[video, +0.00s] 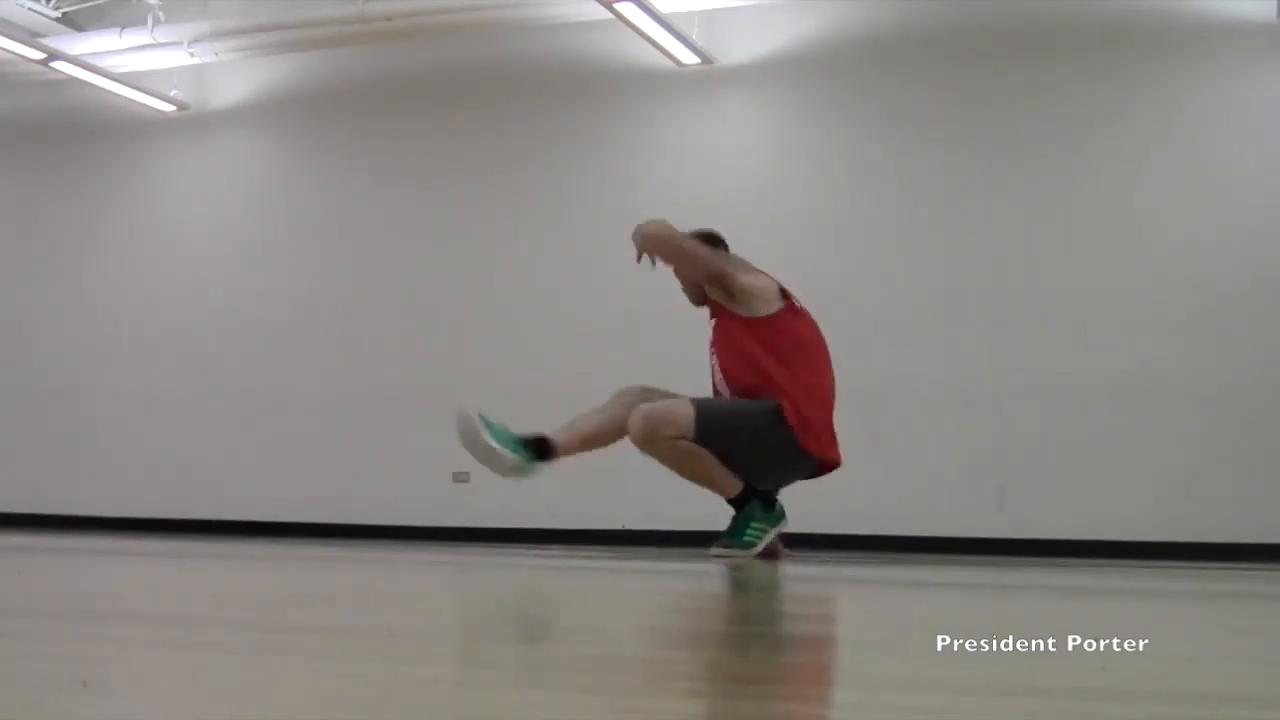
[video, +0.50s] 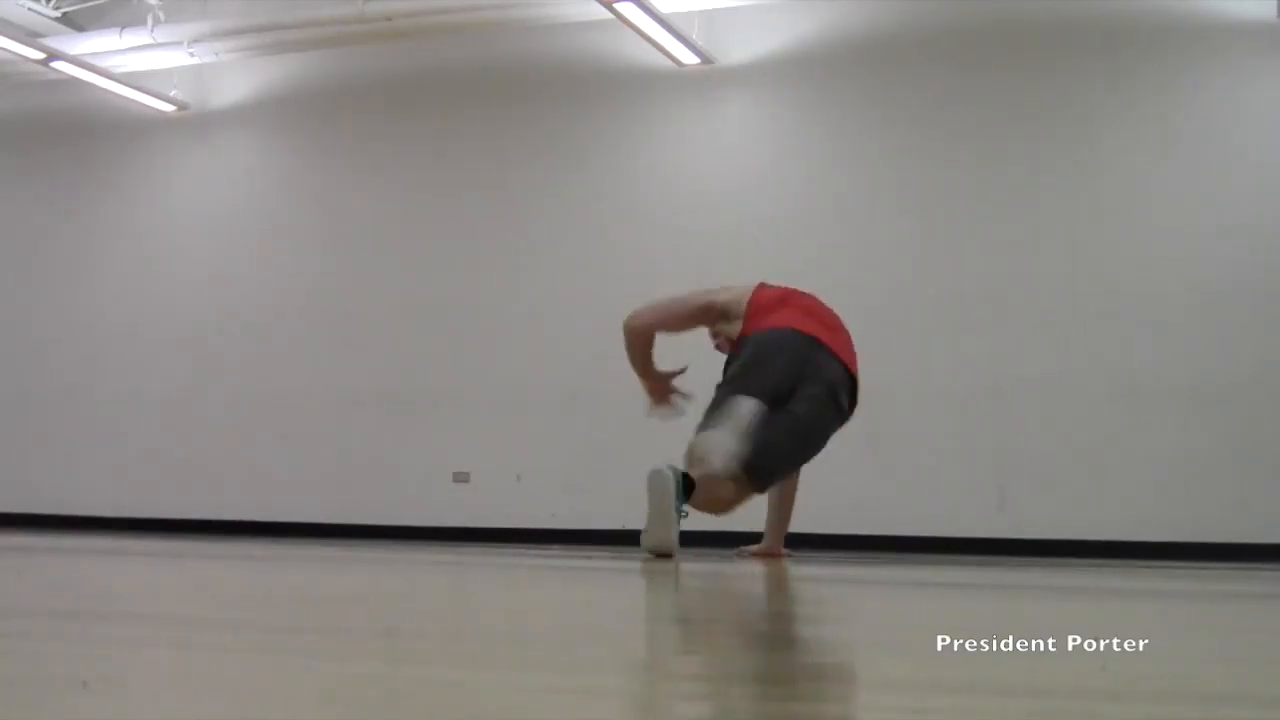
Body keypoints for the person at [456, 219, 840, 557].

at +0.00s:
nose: (681, 287)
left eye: (681, 276)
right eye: (677, 278)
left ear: (702, 264)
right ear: (705, 267)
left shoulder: (747, 287)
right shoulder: (729, 316)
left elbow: (659, 233)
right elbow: (735, 404)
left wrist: (643, 238)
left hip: (789, 435)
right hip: (763, 434)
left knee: (649, 425)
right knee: (635, 401)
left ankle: (754, 506)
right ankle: (535, 450)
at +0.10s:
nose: (706, 314)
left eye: (707, 302)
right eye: (701, 315)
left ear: (721, 286)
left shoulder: (744, 277)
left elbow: (685, 217)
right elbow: (775, 442)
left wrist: (651, 272)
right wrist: (769, 533)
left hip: (776, 387)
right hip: (796, 434)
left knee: (636, 410)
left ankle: (758, 504)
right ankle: (639, 460)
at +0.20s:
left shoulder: (761, 276)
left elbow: (706, 209)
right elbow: (781, 466)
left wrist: (658, 268)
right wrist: (772, 542)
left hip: (751, 332)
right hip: (796, 384)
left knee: (629, 425)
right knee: (718, 470)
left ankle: (730, 427)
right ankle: (690, 488)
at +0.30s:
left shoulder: (757, 286)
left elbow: (696, 233)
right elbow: (789, 451)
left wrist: (652, 292)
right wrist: (775, 539)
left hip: (734, 335)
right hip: (795, 358)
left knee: (697, 466)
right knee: (753, 512)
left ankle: (654, 374)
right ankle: (673, 487)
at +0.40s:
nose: (721, 332)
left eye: (721, 323)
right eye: (720, 329)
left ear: (736, 306)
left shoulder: (748, 293)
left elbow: (660, 273)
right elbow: (793, 453)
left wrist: (637, 339)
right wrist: (775, 541)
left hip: (750, 344)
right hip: (808, 362)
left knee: (726, 479)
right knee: (763, 512)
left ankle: (650, 411)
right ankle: (664, 491)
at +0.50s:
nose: (721, 347)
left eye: (719, 340)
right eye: (719, 345)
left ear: (728, 320)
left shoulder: (740, 301)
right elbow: (789, 460)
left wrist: (651, 377)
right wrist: (774, 542)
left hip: (778, 344)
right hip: (836, 382)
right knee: (737, 488)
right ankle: (684, 489)